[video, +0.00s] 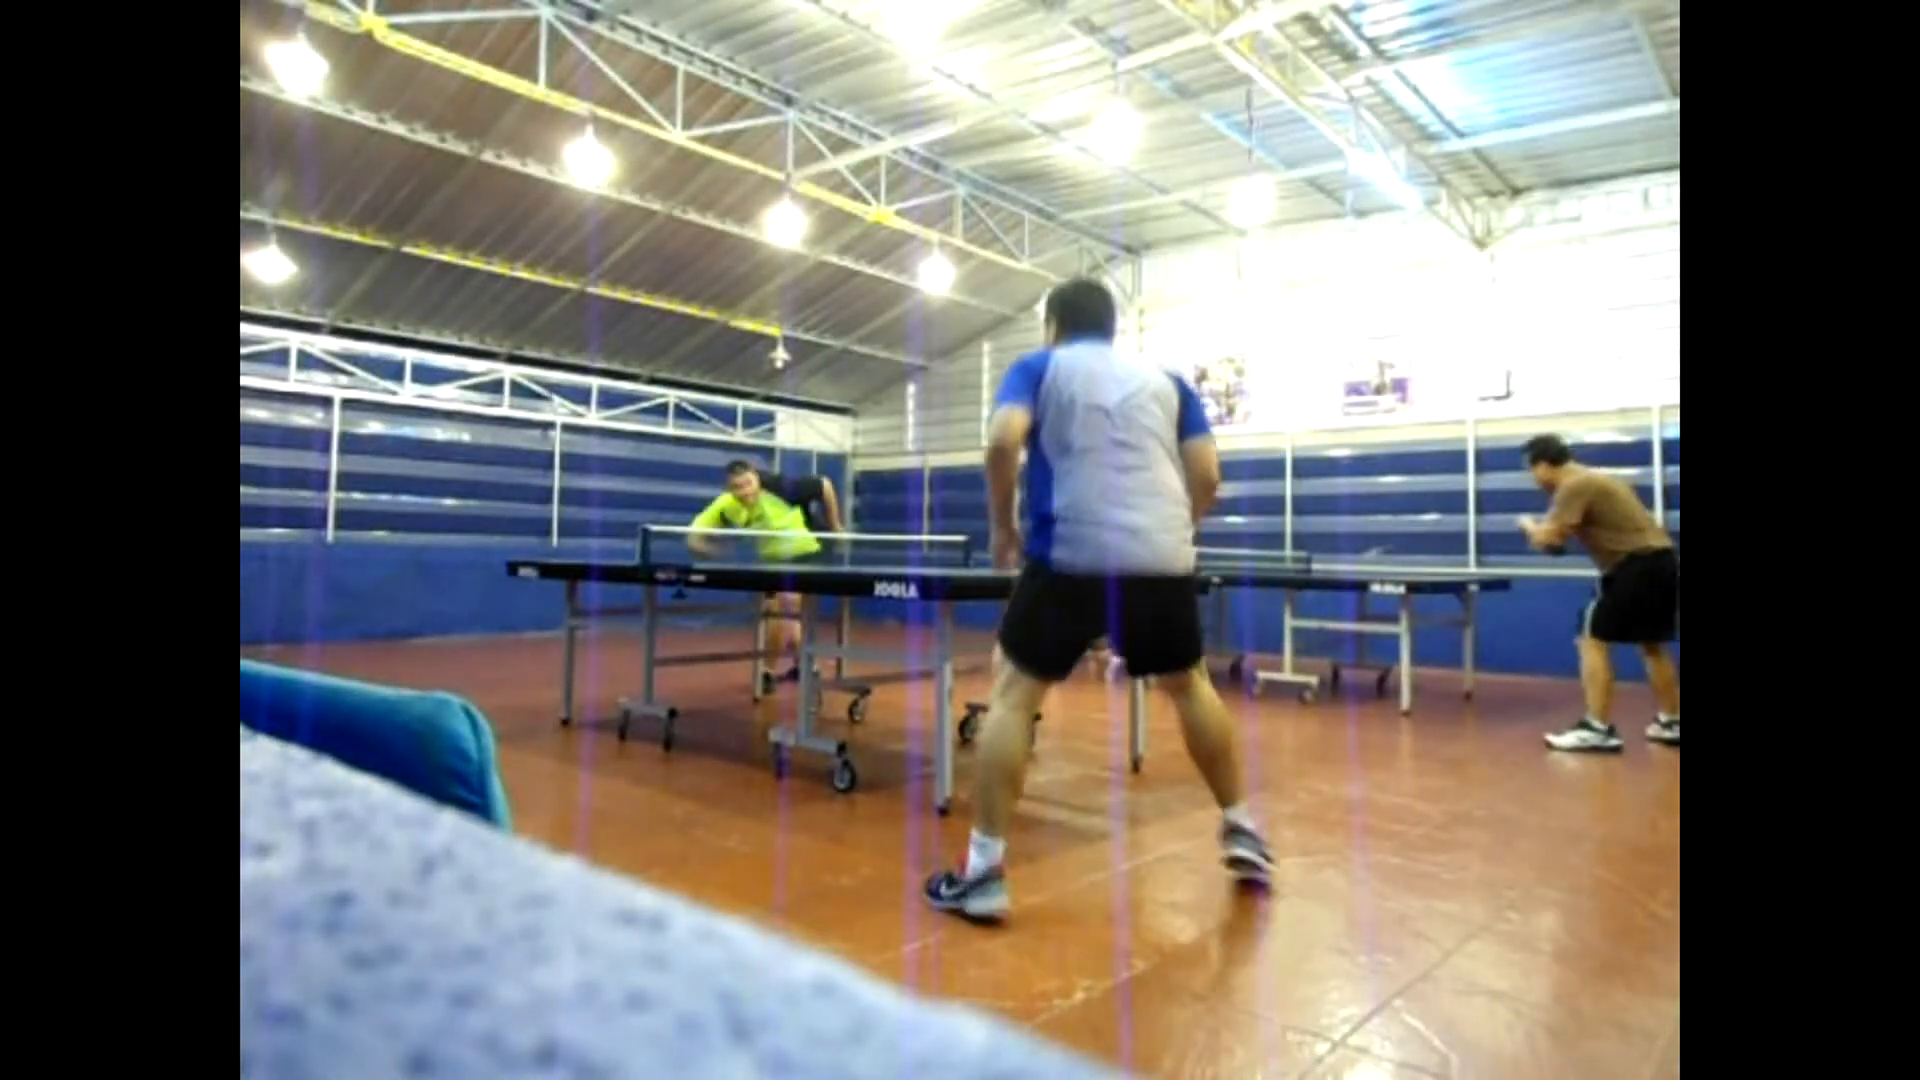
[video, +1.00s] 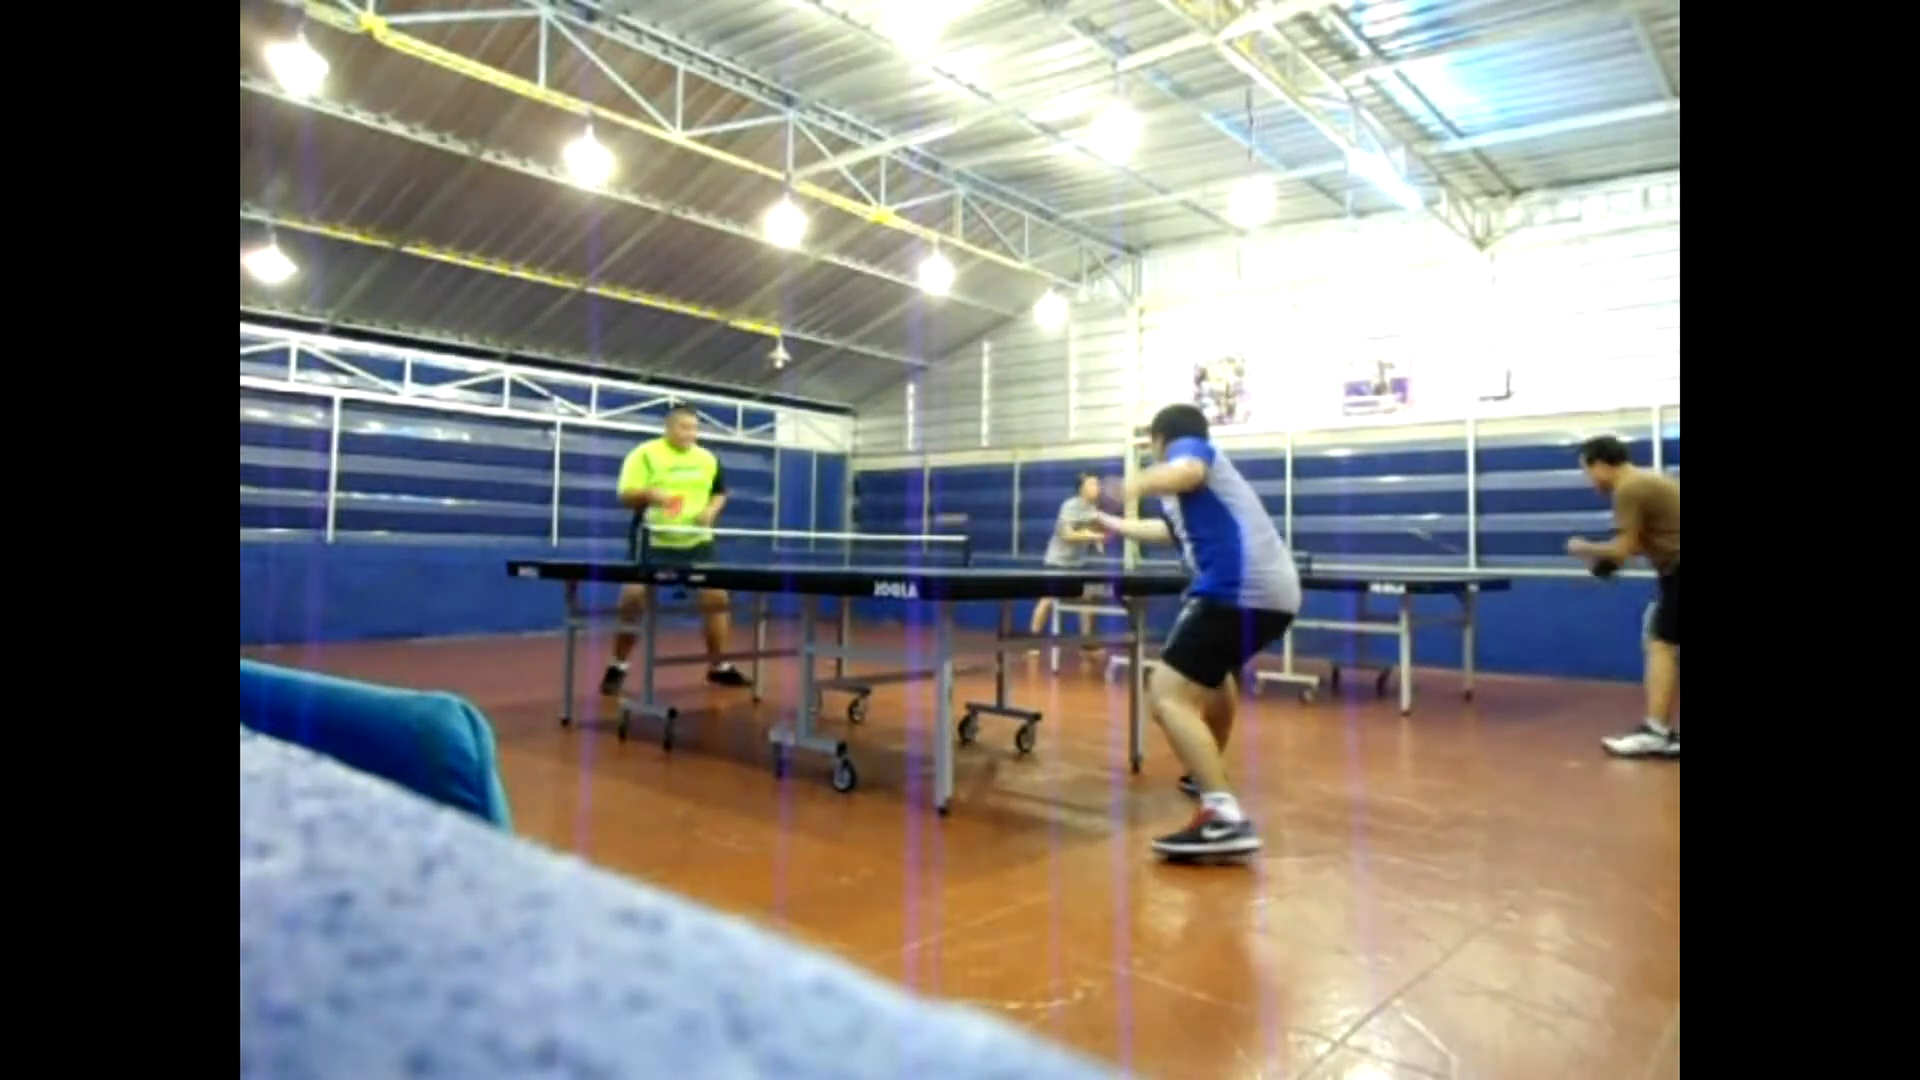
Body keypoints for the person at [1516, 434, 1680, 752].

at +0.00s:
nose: (1534, 478)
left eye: (1534, 469)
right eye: (1532, 470)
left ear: (1546, 465)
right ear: (1562, 458)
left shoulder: (1575, 485)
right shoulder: (1596, 479)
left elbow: (1551, 537)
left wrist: (1531, 528)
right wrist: (1544, 530)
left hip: (1635, 565)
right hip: (1663, 559)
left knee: (1592, 641)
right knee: (1653, 645)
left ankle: (1597, 724)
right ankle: (1672, 720)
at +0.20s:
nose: (1523, 476)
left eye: (1524, 467)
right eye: (1522, 467)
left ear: (1538, 463)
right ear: (1552, 459)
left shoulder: (1568, 484)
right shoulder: (1582, 480)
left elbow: (1558, 530)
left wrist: (1525, 528)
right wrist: (1532, 525)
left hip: (1621, 567)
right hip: (1652, 561)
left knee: (1576, 642)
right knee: (1649, 645)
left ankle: (1595, 725)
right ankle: (1676, 718)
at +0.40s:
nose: (1532, 458)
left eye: (1535, 450)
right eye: (1532, 450)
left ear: (1551, 448)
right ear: (1558, 448)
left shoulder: (1579, 472)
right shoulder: (1571, 479)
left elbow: (1620, 497)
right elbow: (1551, 506)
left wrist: (1575, 534)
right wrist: (1508, 504)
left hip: (1621, 562)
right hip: (1646, 561)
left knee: (1575, 640)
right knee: (1654, 644)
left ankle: (1595, 724)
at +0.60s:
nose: (1559, 452)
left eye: (1562, 444)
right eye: (1559, 445)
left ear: (1576, 444)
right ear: (1587, 443)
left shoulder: (1603, 468)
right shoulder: (1599, 472)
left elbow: (1640, 501)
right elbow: (1599, 518)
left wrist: (1595, 536)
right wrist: (1548, 523)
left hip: (1643, 562)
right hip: (1659, 561)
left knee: (1596, 636)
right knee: (1664, 643)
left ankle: (1597, 724)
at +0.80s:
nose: (1575, 458)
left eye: (1577, 450)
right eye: (1575, 450)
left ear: (1591, 449)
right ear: (1608, 445)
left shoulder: (1616, 472)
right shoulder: (1636, 471)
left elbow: (1626, 521)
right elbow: (1634, 524)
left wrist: (1588, 540)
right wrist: (1592, 533)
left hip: (1659, 557)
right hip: (1671, 553)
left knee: (1636, 641)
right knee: (1671, 642)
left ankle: (1654, 728)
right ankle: (1666, 726)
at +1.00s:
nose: (1589, 477)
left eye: (1589, 468)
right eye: (1587, 470)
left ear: (1604, 464)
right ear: (1613, 462)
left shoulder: (1629, 488)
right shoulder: (1639, 482)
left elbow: (1627, 546)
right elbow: (1643, 539)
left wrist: (1586, 548)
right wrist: (1612, 557)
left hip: (1675, 573)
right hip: (1671, 572)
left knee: (1661, 642)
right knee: (1663, 643)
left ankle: (1657, 728)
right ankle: (1660, 727)